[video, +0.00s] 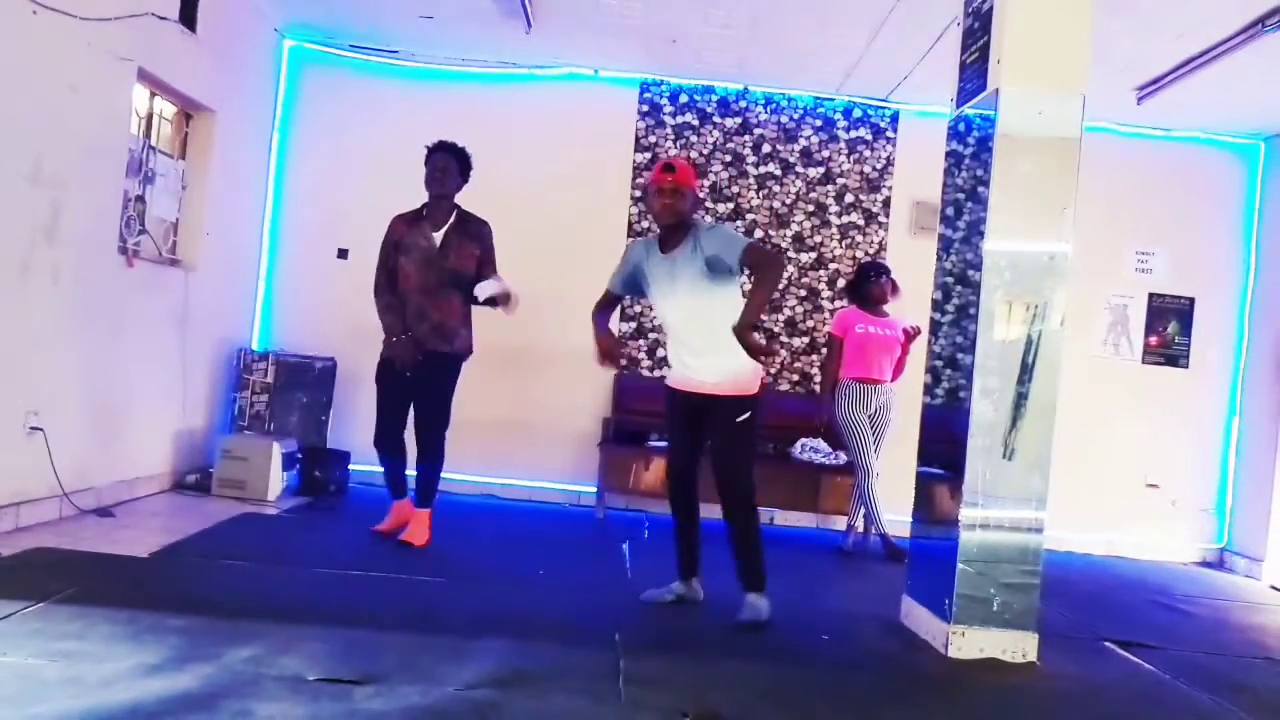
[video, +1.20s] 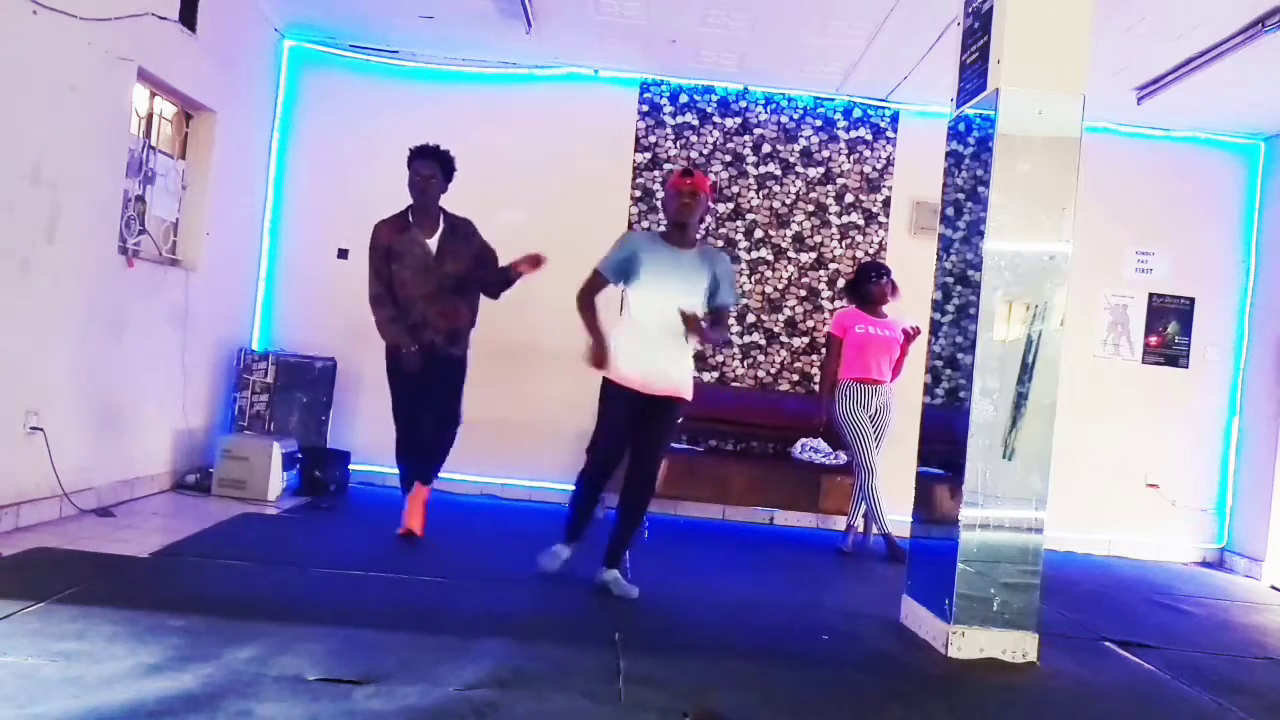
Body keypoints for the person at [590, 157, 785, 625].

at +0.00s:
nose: (663, 201)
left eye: (673, 192)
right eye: (657, 192)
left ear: (692, 198)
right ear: (648, 198)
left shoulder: (715, 239)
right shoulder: (641, 252)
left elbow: (771, 262)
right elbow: (604, 306)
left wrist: (745, 323)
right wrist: (604, 336)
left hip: (735, 386)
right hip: (684, 385)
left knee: (735, 488)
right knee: (679, 481)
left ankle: (755, 593)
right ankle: (688, 581)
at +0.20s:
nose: (676, 201)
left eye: (684, 193)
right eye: (669, 193)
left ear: (699, 199)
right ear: (657, 199)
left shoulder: (723, 247)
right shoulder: (640, 255)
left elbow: (745, 314)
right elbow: (641, 324)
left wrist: (729, 278)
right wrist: (615, 299)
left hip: (718, 386)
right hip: (666, 384)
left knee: (714, 477)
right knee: (671, 484)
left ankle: (724, 552)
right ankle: (686, 579)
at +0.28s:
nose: (679, 201)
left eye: (688, 193)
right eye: (672, 192)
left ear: (701, 199)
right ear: (660, 198)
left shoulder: (724, 249)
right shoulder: (642, 252)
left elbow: (730, 317)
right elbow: (644, 324)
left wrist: (714, 283)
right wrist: (647, 292)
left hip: (712, 380)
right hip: (663, 376)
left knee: (697, 474)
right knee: (670, 476)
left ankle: (689, 553)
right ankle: (686, 579)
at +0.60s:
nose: (689, 211)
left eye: (697, 205)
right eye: (682, 203)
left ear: (708, 213)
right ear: (667, 207)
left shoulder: (714, 263)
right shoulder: (644, 251)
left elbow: (723, 317)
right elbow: (640, 317)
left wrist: (729, 342)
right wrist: (702, 296)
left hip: (687, 378)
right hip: (643, 373)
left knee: (669, 466)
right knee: (653, 460)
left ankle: (646, 550)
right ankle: (628, 544)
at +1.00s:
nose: (688, 212)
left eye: (696, 206)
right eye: (681, 204)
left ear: (708, 214)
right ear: (670, 208)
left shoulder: (698, 269)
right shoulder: (648, 247)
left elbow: (690, 324)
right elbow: (629, 314)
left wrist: (697, 354)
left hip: (664, 379)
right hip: (626, 373)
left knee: (648, 472)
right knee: (620, 467)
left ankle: (613, 561)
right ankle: (602, 552)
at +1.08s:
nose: (689, 208)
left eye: (697, 202)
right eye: (683, 200)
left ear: (708, 212)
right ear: (668, 205)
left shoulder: (705, 273)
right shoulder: (644, 247)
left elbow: (692, 332)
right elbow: (605, 306)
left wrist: (698, 353)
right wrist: (646, 350)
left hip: (666, 391)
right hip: (625, 384)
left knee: (646, 480)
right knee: (610, 467)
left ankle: (616, 564)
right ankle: (589, 547)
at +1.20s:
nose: (685, 203)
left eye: (693, 197)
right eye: (679, 195)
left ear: (707, 208)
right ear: (666, 200)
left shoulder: (716, 263)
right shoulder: (636, 245)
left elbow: (722, 331)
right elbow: (585, 295)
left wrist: (704, 331)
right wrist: (597, 339)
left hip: (670, 389)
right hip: (622, 379)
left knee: (643, 479)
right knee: (600, 464)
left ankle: (613, 565)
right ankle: (568, 542)